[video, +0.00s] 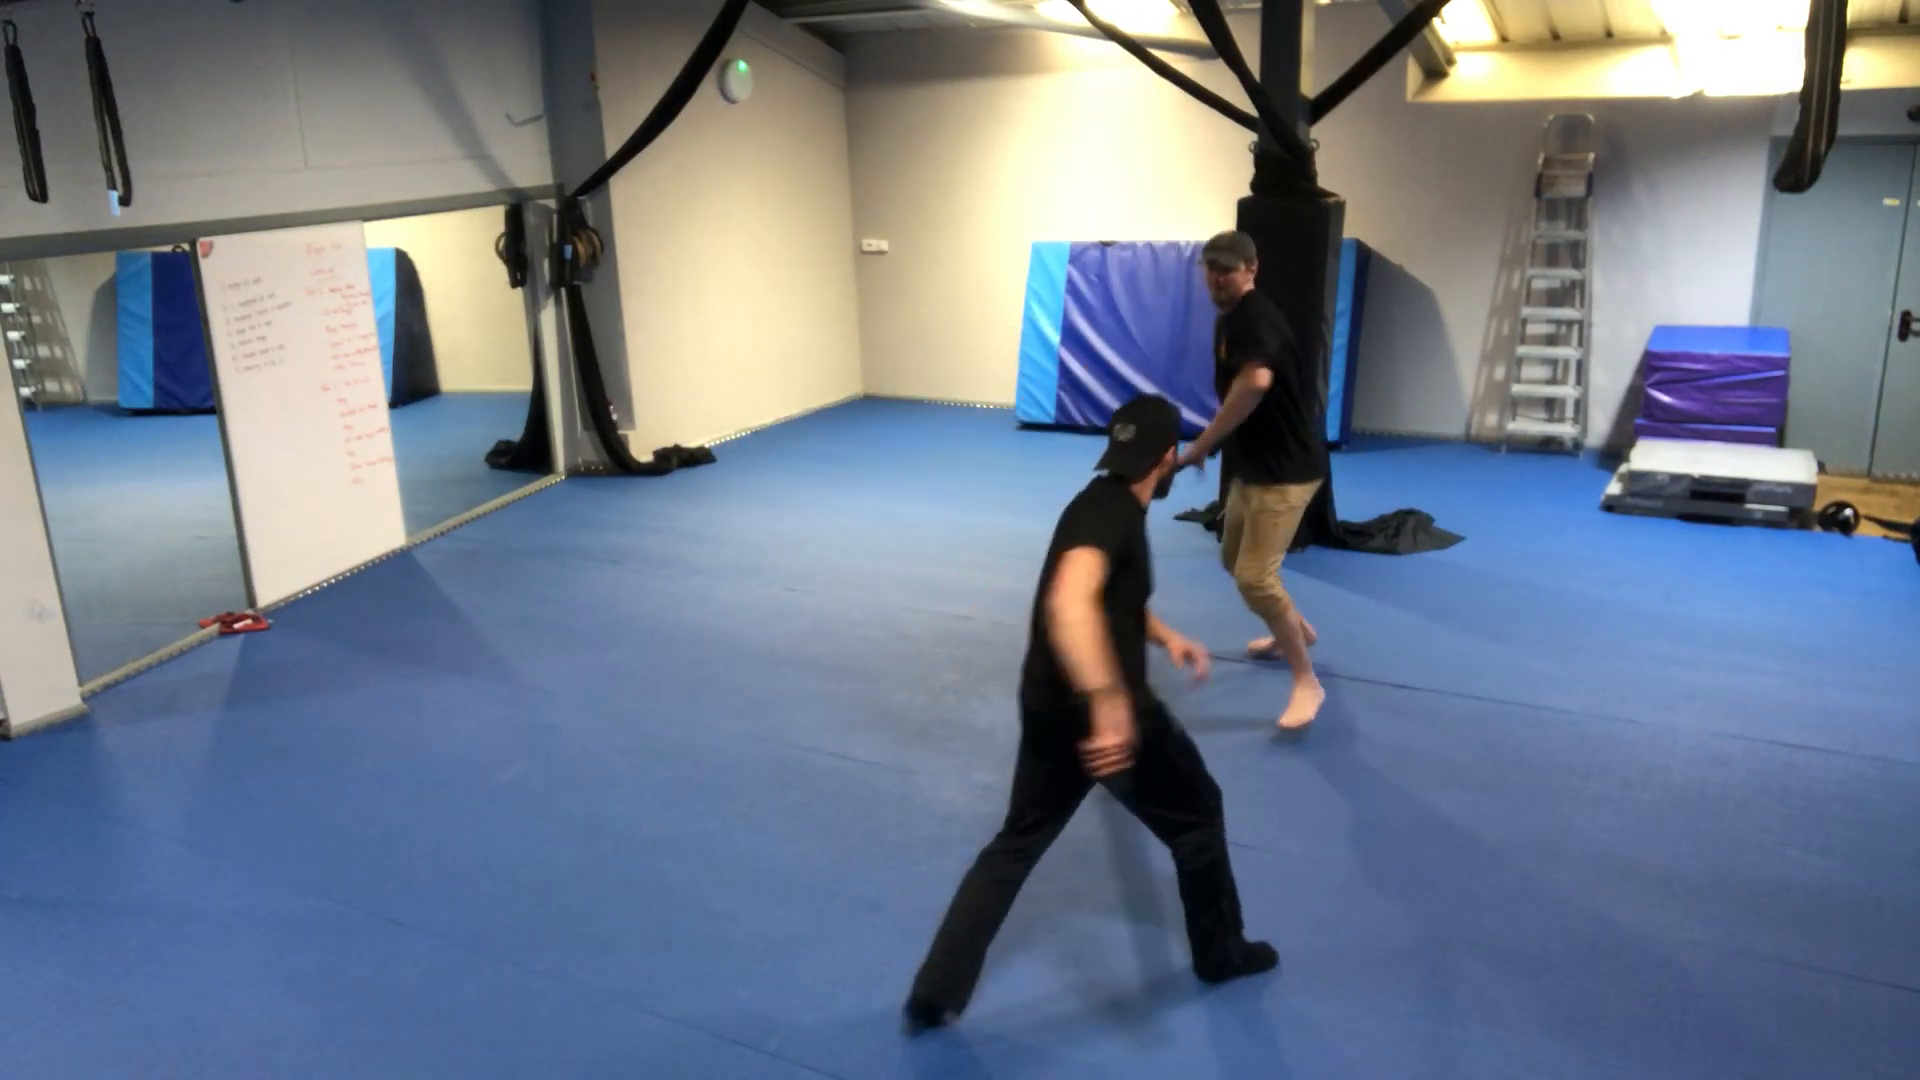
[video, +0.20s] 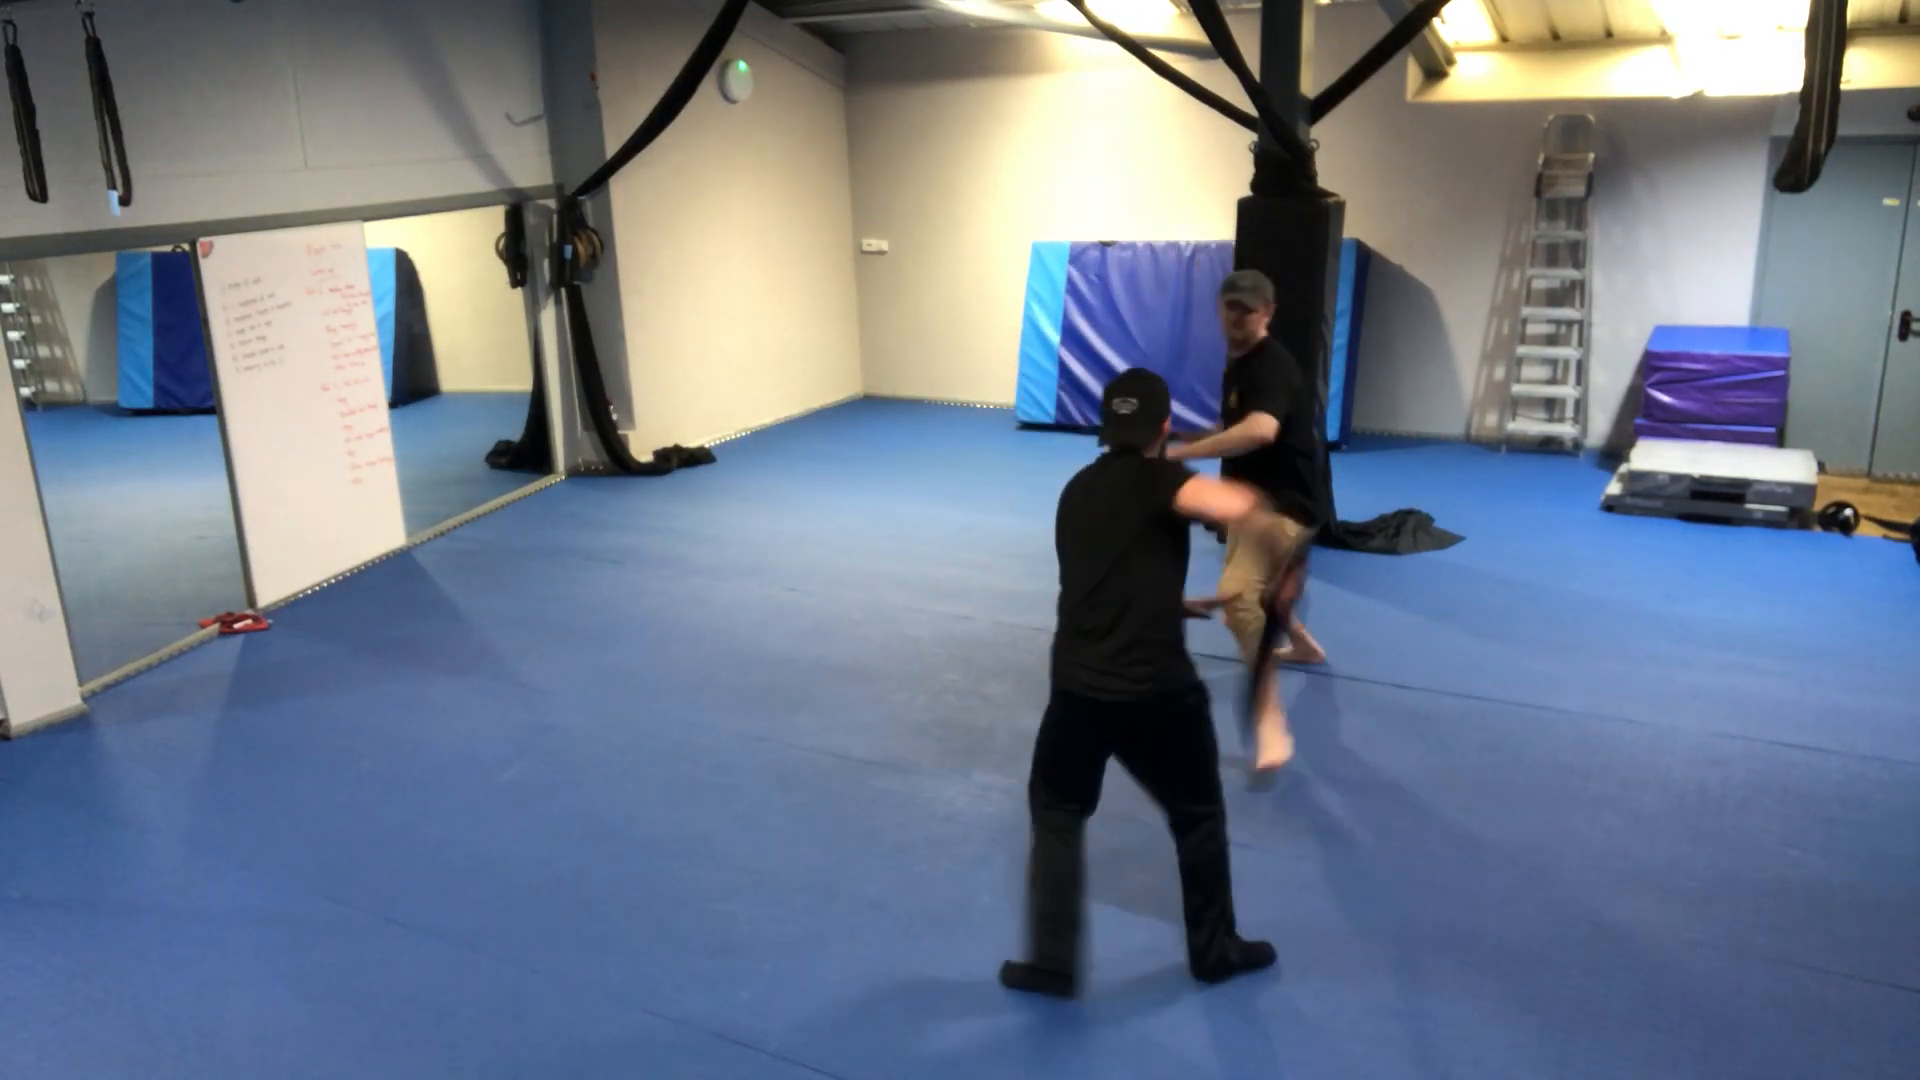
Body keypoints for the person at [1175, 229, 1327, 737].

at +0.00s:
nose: (1214, 280)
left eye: (1225, 271)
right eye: (1210, 270)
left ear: (1250, 271)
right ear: (1206, 271)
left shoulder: (1258, 317)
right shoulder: (1230, 318)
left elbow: (1256, 381)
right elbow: (1243, 392)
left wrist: (1204, 443)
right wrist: (1217, 450)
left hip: (1284, 471)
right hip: (1249, 466)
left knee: (1256, 578)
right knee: (1235, 560)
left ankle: (1306, 682)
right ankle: (1294, 630)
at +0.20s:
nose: (1235, 318)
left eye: (1246, 310)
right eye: (1229, 308)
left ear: (1266, 314)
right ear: (1221, 310)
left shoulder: (1273, 362)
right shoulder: (1240, 363)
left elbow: (1263, 429)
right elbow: (1238, 430)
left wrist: (1183, 452)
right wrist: (1189, 442)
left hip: (1288, 503)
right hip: (1258, 495)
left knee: (1240, 601)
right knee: (1255, 579)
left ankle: (1270, 721)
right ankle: (1302, 642)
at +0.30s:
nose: (1262, 316)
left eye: (1273, 306)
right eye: (1254, 305)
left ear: (1294, 306)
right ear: (1244, 304)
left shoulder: (1305, 361)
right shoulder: (1236, 349)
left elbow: (1292, 441)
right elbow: (1212, 382)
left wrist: (1210, 427)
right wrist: (1158, 372)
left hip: (1281, 498)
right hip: (1229, 492)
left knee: (1236, 614)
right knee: (1240, 575)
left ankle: (1237, 734)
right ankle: (1294, 632)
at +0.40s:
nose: (1283, 311)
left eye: (1293, 302)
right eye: (1274, 301)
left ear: (1312, 301)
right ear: (1260, 300)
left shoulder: (1322, 368)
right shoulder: (1237, 338)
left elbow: (1321, 446)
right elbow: (1160, 322)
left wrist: (1261, 430)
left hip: (1275, 516)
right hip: (1212, 502)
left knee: (1255, 636)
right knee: (1182, 613)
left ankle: (1238, 733)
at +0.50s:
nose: (1276, 315)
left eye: (1287, 306)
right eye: (1268, 304)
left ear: (1305, 302)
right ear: (1254, 297)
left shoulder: (1316, 356)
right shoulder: (1223, 328)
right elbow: (1150, 284)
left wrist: (1301, 451)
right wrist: (1139, 241)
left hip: (1280, 513)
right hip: (1211, 504)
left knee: (1276, 636)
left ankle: (1246, 723)